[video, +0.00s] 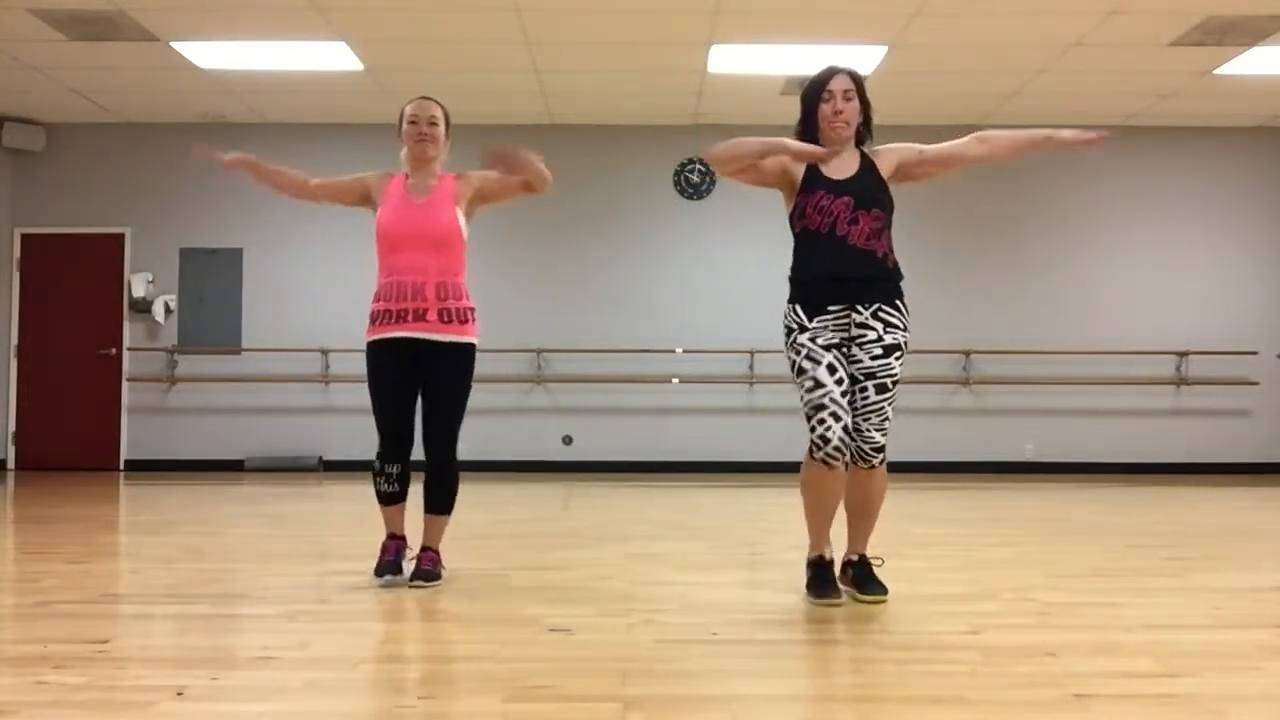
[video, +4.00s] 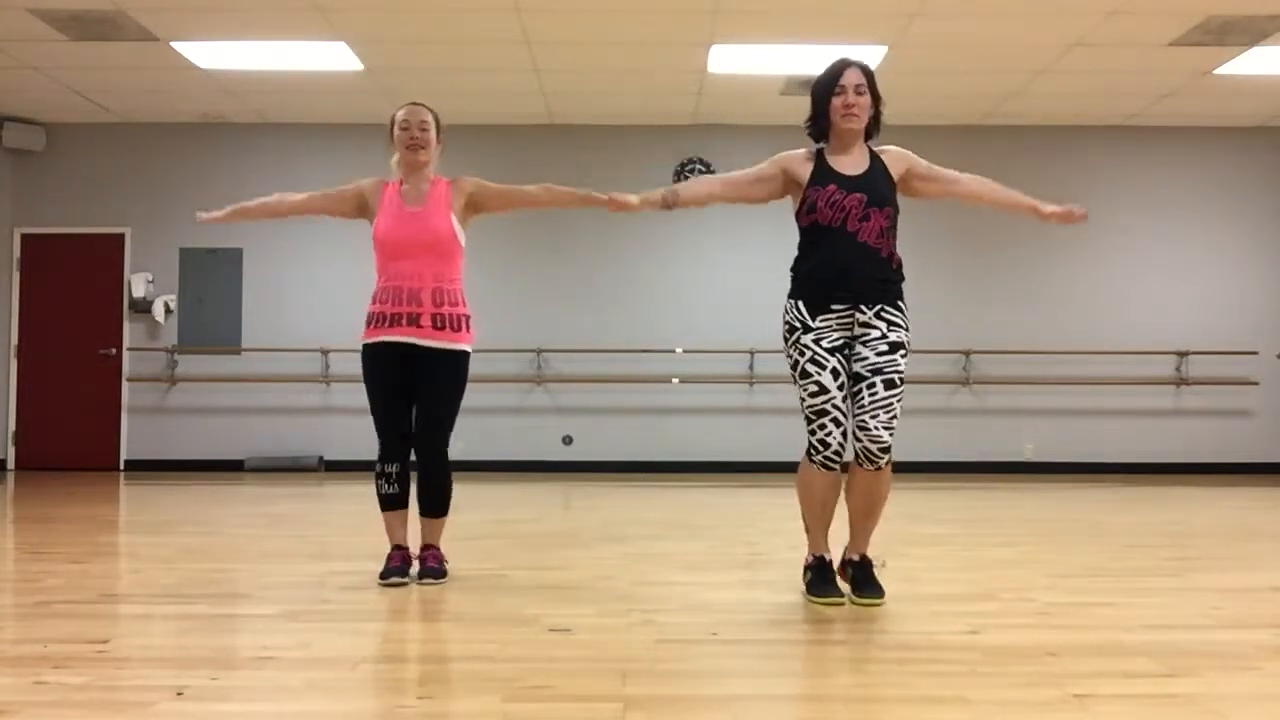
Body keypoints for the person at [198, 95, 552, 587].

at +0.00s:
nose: (423, 128)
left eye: (432, 121)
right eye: (414, 121)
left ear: (446, 136)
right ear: (400, 135)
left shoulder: (466, 185)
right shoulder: (379, 185)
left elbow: (538, 184)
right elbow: (308, 187)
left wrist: (523, 161)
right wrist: (251, 165)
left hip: (450, 334)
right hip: (391, 333)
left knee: (440, 447)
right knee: (394, 444)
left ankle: (430, 551)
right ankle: (394, 542)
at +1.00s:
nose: (413, 137)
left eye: (423, 131)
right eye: (405, 130)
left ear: (437, 145)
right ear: (391, 141)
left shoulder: (457, 194)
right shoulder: (369, 197)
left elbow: (533, 196)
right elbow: (300, 210)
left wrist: (603, 199)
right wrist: (324, 183)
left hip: (448, 341)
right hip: (389, 341)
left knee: (444, 449)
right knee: (395, 453)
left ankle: (431, 550)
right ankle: (398, 549)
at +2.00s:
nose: (416, 133)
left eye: (426, 128)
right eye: (407, 126)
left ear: (440, 141)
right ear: (395, 139)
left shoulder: (458, 187)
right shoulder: (375, 188)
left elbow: (512, 142)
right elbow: (311, 155)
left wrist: (462, 107)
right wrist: (366, 118)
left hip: (449, 337)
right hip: (390, 336)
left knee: (440, 444)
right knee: (395, 447)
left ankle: (433, 549)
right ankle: (402, 550)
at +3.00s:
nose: (415, 129)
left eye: (425, 124)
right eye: (406, 123)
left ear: (438, 137)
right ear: (393, 137)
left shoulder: (455, 184)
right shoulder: (378, 182)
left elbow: (487, 120)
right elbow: (339, 118)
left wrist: (518, 53)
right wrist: (304, 50)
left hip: (443, 335)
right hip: (385, 334)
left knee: (432, 443)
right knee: (393, 446)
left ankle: (432, 543)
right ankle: (401, 550)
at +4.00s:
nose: (415, 132)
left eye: (424, 126)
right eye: (405, 126)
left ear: (438, 140)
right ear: (393, 141)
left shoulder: (461, 192)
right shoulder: (374, 193)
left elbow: (537, 194)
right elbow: (295, 203)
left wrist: (605, 200)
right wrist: (229, 212)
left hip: (446, 336)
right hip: (386, 334)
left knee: (432, 444)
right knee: (392, 442)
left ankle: (432, 549)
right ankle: (399, 550)